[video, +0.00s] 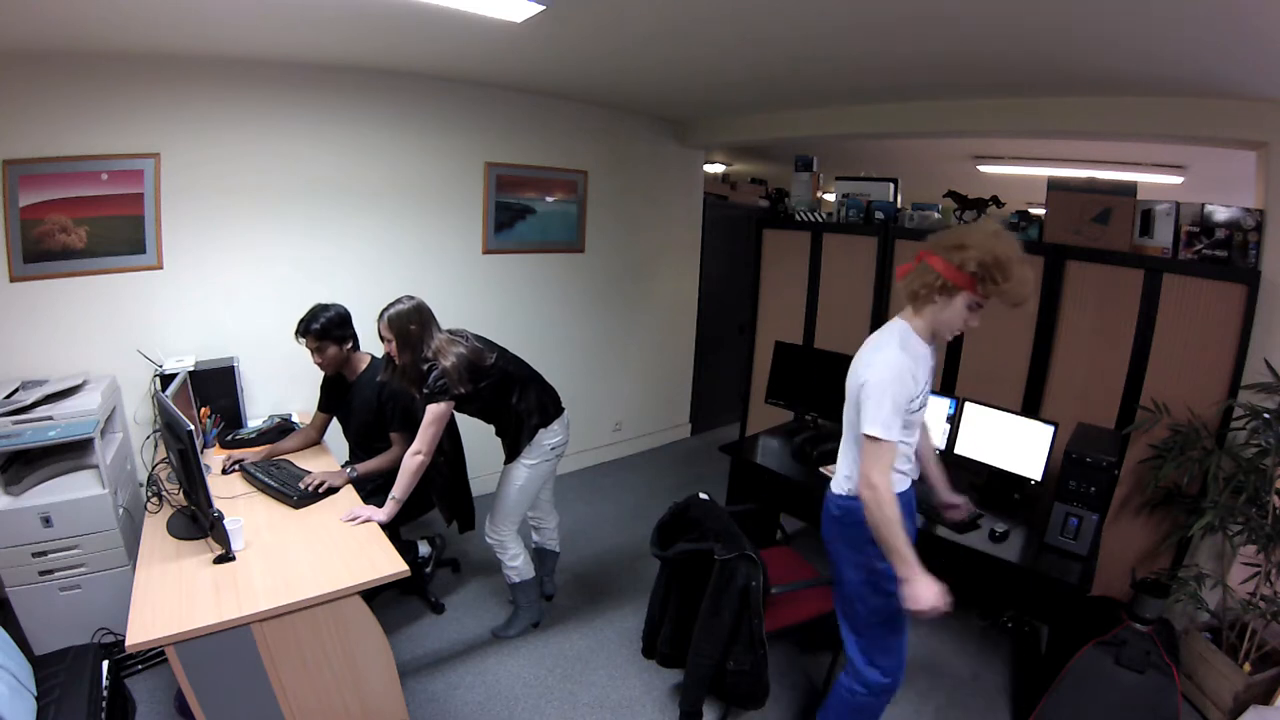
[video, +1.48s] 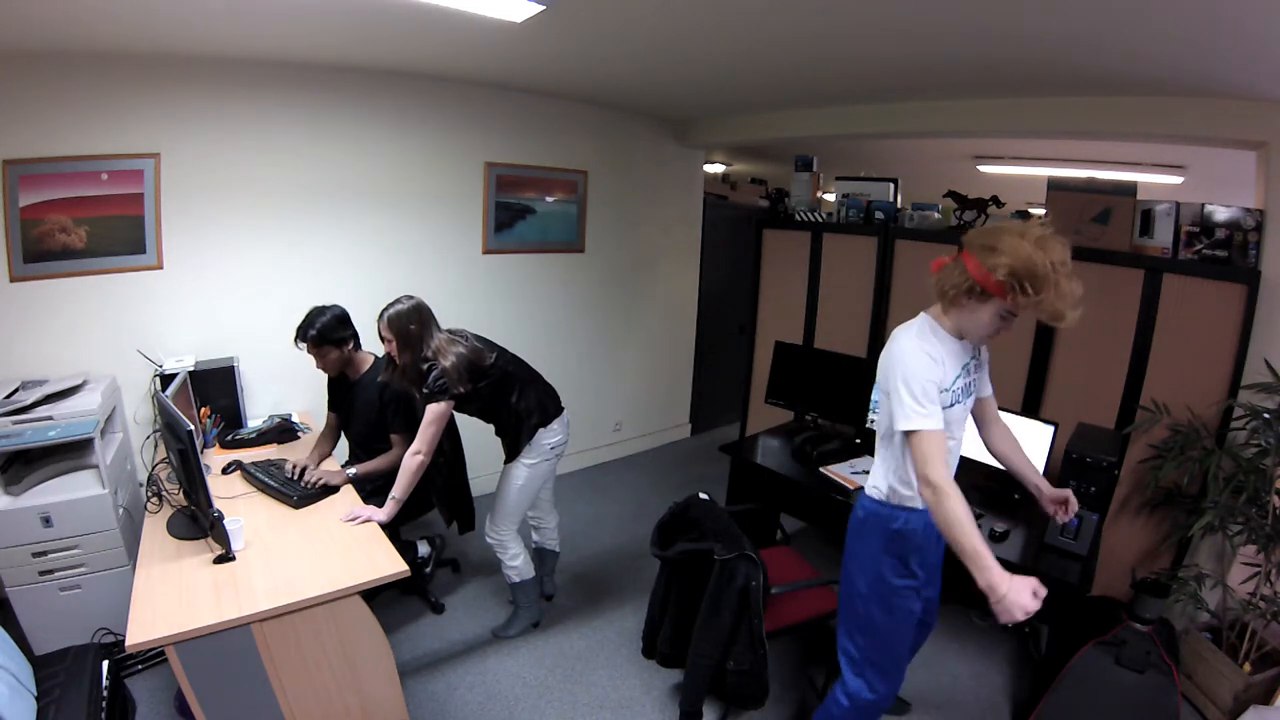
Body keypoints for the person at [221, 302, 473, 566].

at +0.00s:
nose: (315, 360)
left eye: (320, 351)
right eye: (310, 352)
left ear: (347, 344)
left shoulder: (389, 382)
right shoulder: (335, 378)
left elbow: (402, 450)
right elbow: (313, 432)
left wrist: (348, 473)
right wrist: (261, 454)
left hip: (404, 477)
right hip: (365, 474)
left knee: (340, 530)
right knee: (314, 512)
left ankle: (419, 552)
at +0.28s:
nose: (316, 362)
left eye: (320, 353)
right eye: (311, 354)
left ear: (348, 344)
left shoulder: (389, 381)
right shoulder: (335, 377)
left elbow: (402, 450)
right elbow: (313, 432)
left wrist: (348, 473)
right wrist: (262, 454)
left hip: (404, 477)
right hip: (364, 474)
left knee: (341, 530)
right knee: (314, 513)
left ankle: (418, 553)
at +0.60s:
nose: (317, 360)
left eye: (322, 352)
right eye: (313, 352)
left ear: (348, 342)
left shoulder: (390, 381)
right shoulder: (336, 375)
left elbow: (402, 449)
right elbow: (319, 428)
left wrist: (347, 473)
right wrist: (271, 448)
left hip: (403, 477)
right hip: (364, 473)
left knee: (339, 531)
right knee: (314, 513)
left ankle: (419, 552)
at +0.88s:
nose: (316, 364)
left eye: (319, 355)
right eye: (312, 356)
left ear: (345, 345)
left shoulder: (389, 382)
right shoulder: (339, 375)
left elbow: (402, 450)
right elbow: (333, 425)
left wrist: (347, 473)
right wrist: (311, 454)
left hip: (407, 477)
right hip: (366, 473)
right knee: (321, 513)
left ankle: (420, 552)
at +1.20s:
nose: (316, 364)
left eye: (320, 355)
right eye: (312, 356)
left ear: (346, 345)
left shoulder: (389, 382)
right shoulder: (339, 376)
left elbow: (403, 450)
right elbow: (332, 429)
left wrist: (347, 474)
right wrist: (311, 459)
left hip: (406, 477)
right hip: (364, 474)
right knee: (320, 513)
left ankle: (419, 552)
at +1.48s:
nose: (317, 364)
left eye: (321, 355)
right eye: (313, 356)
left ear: (347, 345)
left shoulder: (389, 383)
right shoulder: (339, 377)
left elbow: (402, 451)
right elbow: (332, 429)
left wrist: (347, 474)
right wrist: (311, 459)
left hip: (407, 476)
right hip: (365, 473)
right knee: (321, 513)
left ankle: (420, 552)